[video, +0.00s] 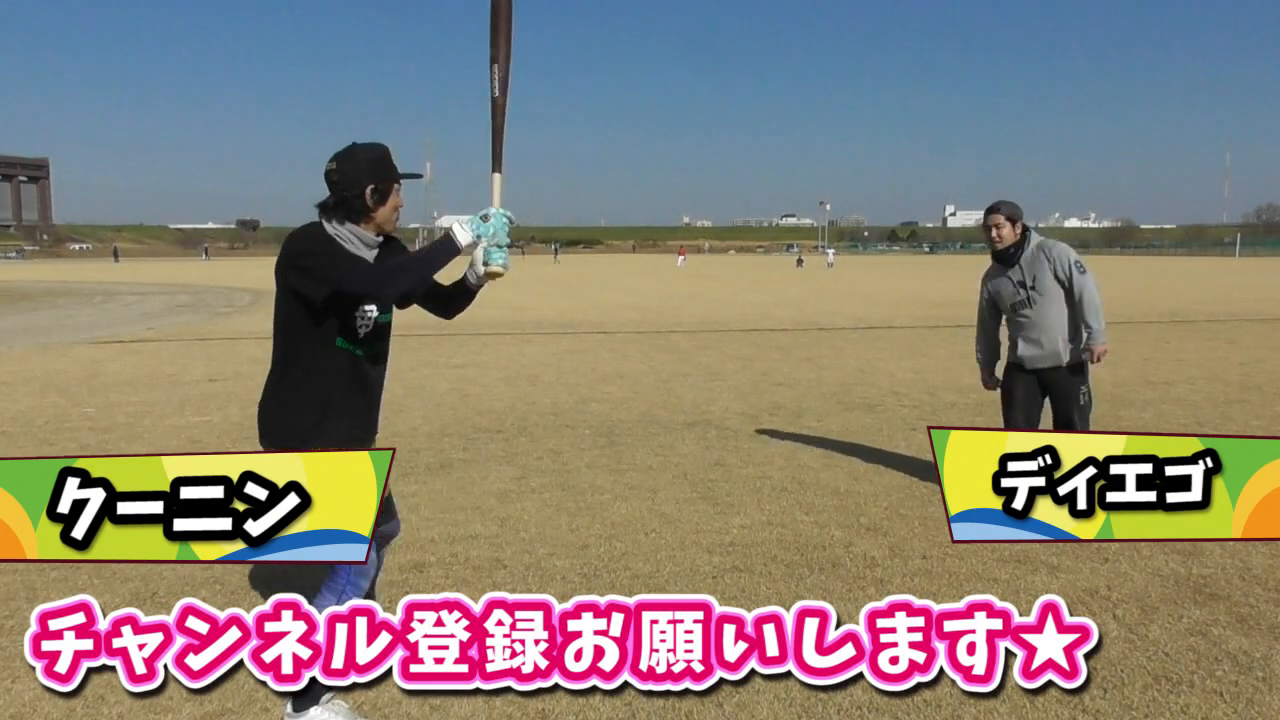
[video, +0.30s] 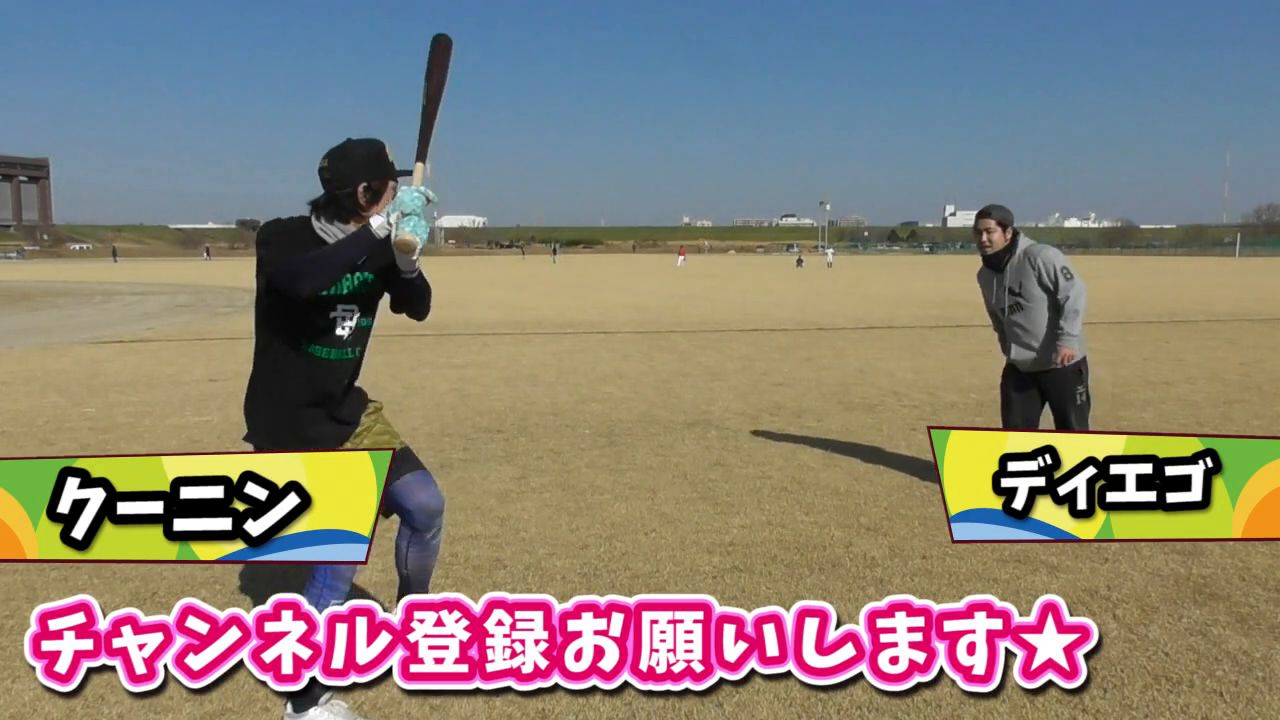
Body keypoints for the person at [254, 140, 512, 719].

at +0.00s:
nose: (402, 202)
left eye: (400, 192)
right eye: (396, 192)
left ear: (365, 197)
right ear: (371, 196)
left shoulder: (381, 253)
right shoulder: (309, 246)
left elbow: (445, 302)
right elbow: (375, 284)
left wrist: (479, 271)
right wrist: (453, 239)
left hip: (346, 433)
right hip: (305, 433)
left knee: (374, 530)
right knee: (376, 529)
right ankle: (309, 692)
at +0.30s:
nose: (393, 197)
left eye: (393, 190)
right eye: (389, 190)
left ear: (353, 192)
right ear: (365, 193)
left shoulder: (373, 245)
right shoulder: (283, 237)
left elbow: (417, 308)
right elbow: (299, 281)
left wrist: (406, 259)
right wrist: (377, 232)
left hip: (345, 406)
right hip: (287, 417)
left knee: (425, 503)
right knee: (344, 543)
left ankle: (414, 617)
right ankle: (307, 696)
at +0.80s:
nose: (418, 210)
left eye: (416, 200)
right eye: (410, 201)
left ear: (387, 202)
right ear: (379, 204)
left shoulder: (408, 256)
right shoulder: (296, 241)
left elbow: (405, 312)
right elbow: (244, 300)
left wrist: (348, 277)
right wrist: (315, 257)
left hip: (376, 418)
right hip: (311, 431)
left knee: (454, 523)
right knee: (347, 565)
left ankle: (483, 611)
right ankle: (307, 695)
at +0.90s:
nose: (432, 216)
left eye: (430, 206)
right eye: (424, 207)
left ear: (399, 213)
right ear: (394, 213)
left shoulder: (423, 262)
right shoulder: (312, 247)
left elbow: (411, 314)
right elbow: (251, 305)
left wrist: (351, 279)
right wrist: (319, 260)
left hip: (389, 420)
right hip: (326, 432)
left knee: (466, 523)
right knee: (353, 564)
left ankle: (485, 601)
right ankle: (307, 695)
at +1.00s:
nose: (455, 226)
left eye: (453, 216)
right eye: (446, 218)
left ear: (420, 225)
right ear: (416, 226)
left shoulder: (445, 274)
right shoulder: (338, 259)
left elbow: (417, 331)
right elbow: (281, 328)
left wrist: (363, 289)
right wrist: (331, 269)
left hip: (406, 428)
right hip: (343, 437)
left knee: (471, 514)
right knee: (369, 564)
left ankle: (475, 605)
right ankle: (305, 694)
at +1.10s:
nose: (478, 242)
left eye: (475, 233)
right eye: (469, 235)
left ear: (440, 243)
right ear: (440, 245)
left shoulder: (458, 287)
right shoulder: (369, 304)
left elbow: (469, 338)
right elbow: (380, 392)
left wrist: (442, 336)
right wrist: (417, 352)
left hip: (417, 449)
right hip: (371, 462)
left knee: (470, 512)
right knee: (408, 578)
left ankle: (469, 613)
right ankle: (311, 692)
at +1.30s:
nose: (484, 233)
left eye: (483, 224)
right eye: (482, 226)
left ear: (428, 222)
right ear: (467, 232)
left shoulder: (385, 256)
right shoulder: (466, 296)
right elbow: (506, 315)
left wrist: (459, 256)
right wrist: (483, 274)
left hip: (370, 426)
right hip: (424, 444)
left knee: (446, 511)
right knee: (434, 569)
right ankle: (348, 670)